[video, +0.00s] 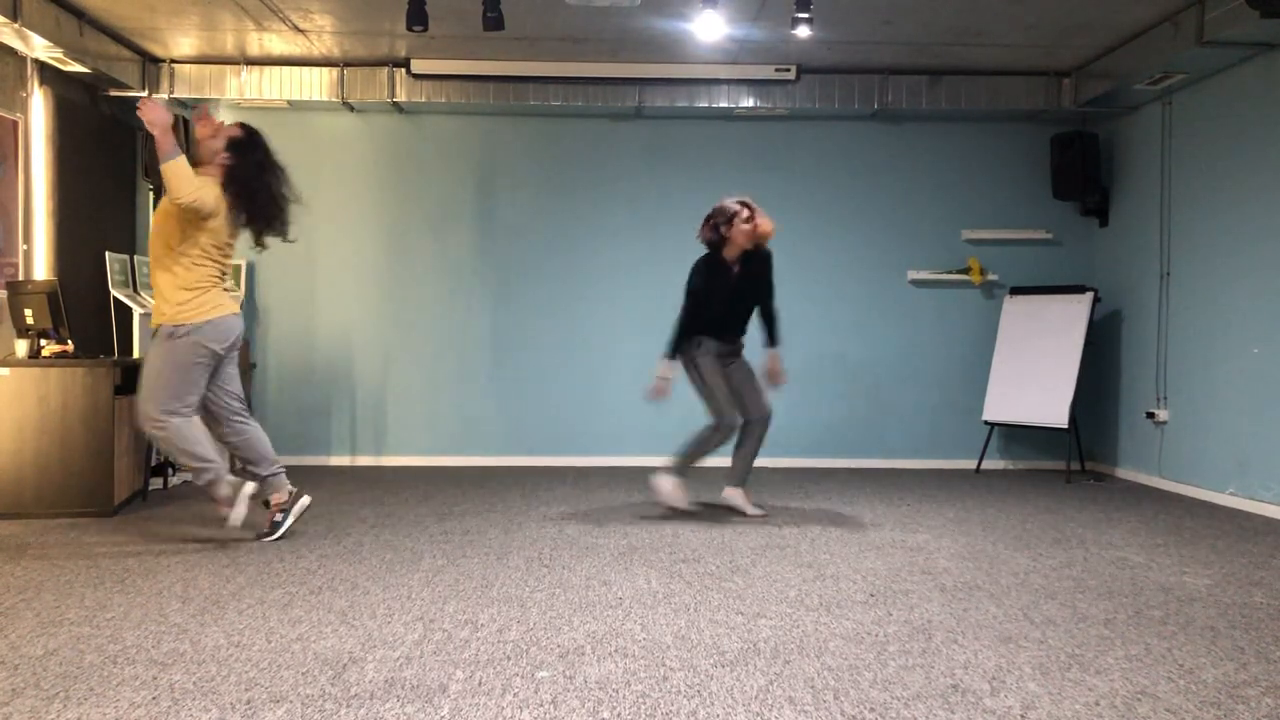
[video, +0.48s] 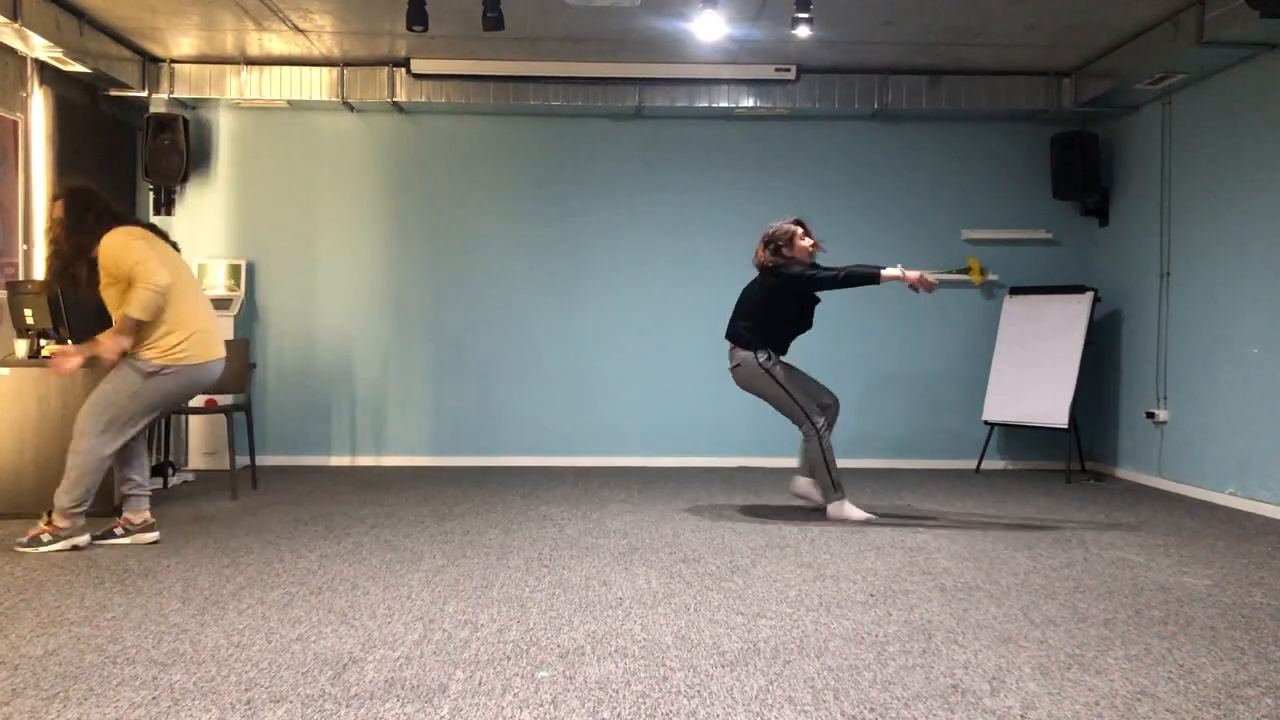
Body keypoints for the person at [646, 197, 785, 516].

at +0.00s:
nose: (755, 226)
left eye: (754, 220)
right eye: (747, 222)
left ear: (753, 227)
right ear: (727, 230)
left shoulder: (760, 258)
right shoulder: (706, 267)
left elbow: (766, 306)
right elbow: (687, 317)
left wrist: (773, 353)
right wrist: (666, 367)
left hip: (730, 351)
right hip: (698, 350)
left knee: (758, 415)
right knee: (728, 420)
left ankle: (734, 488)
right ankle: (670, 474)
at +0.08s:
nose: (761, 219)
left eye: (760, 213)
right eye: (753, 216)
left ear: (761, 220)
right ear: (735, 228)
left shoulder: (771, 255)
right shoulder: (720, 266)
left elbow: (791, 295)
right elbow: (710, 323)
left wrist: (815, 339)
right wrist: (725, 376)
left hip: (742, 345)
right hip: (712, 346)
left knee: (782, 406)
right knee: (758, 411)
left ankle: (754, 481)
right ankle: (740, 488)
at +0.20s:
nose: (782, 228)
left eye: (779, 223)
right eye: (773, 226)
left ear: (781, 228)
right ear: (757, 238)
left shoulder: (790, 264)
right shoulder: (751, 276)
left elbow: (828, 280)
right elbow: (791, 309)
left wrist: (875, 299)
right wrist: (841, 337)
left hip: (768, 356)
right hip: (742, 361)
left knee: (817, 413)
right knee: (797, 420)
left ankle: (822, 495)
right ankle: (767, 499)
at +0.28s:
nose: (793, 233)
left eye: (789, 227)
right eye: (784, 230)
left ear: (779, 240)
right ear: (768, 243)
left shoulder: (792, 268)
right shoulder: (766, 278)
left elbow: (835, 275)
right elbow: (819, 297)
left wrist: (889, 285)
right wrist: (876, 310)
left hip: (775, 359)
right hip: (752, 365)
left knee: (822, 416)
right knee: (816, 415)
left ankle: (826, 499)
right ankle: (782, 485)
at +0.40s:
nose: (811, 237)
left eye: (807, 231)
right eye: (802, 234)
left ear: (789, 245)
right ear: (785, 246)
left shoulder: (801, 268)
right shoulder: (788, 273)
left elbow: (850, 271)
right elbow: (843, 279)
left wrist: (904, 276)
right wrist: (902, 283)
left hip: (765, 358)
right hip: (751, 361)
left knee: (828, 410)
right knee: (817, 420)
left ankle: (831, 499)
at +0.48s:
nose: (812, 241)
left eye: (808, 235)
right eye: (803, 238)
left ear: (789, 250)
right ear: (786, 250)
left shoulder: (795, 272)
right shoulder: (787, 276)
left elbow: (844, 274)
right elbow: (841, 278)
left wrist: (901, 273)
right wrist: (901, 275)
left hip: (761, 358)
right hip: (752, 361)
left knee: (826, 405)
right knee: (814, 421)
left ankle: (807, 479)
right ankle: (837, 504)